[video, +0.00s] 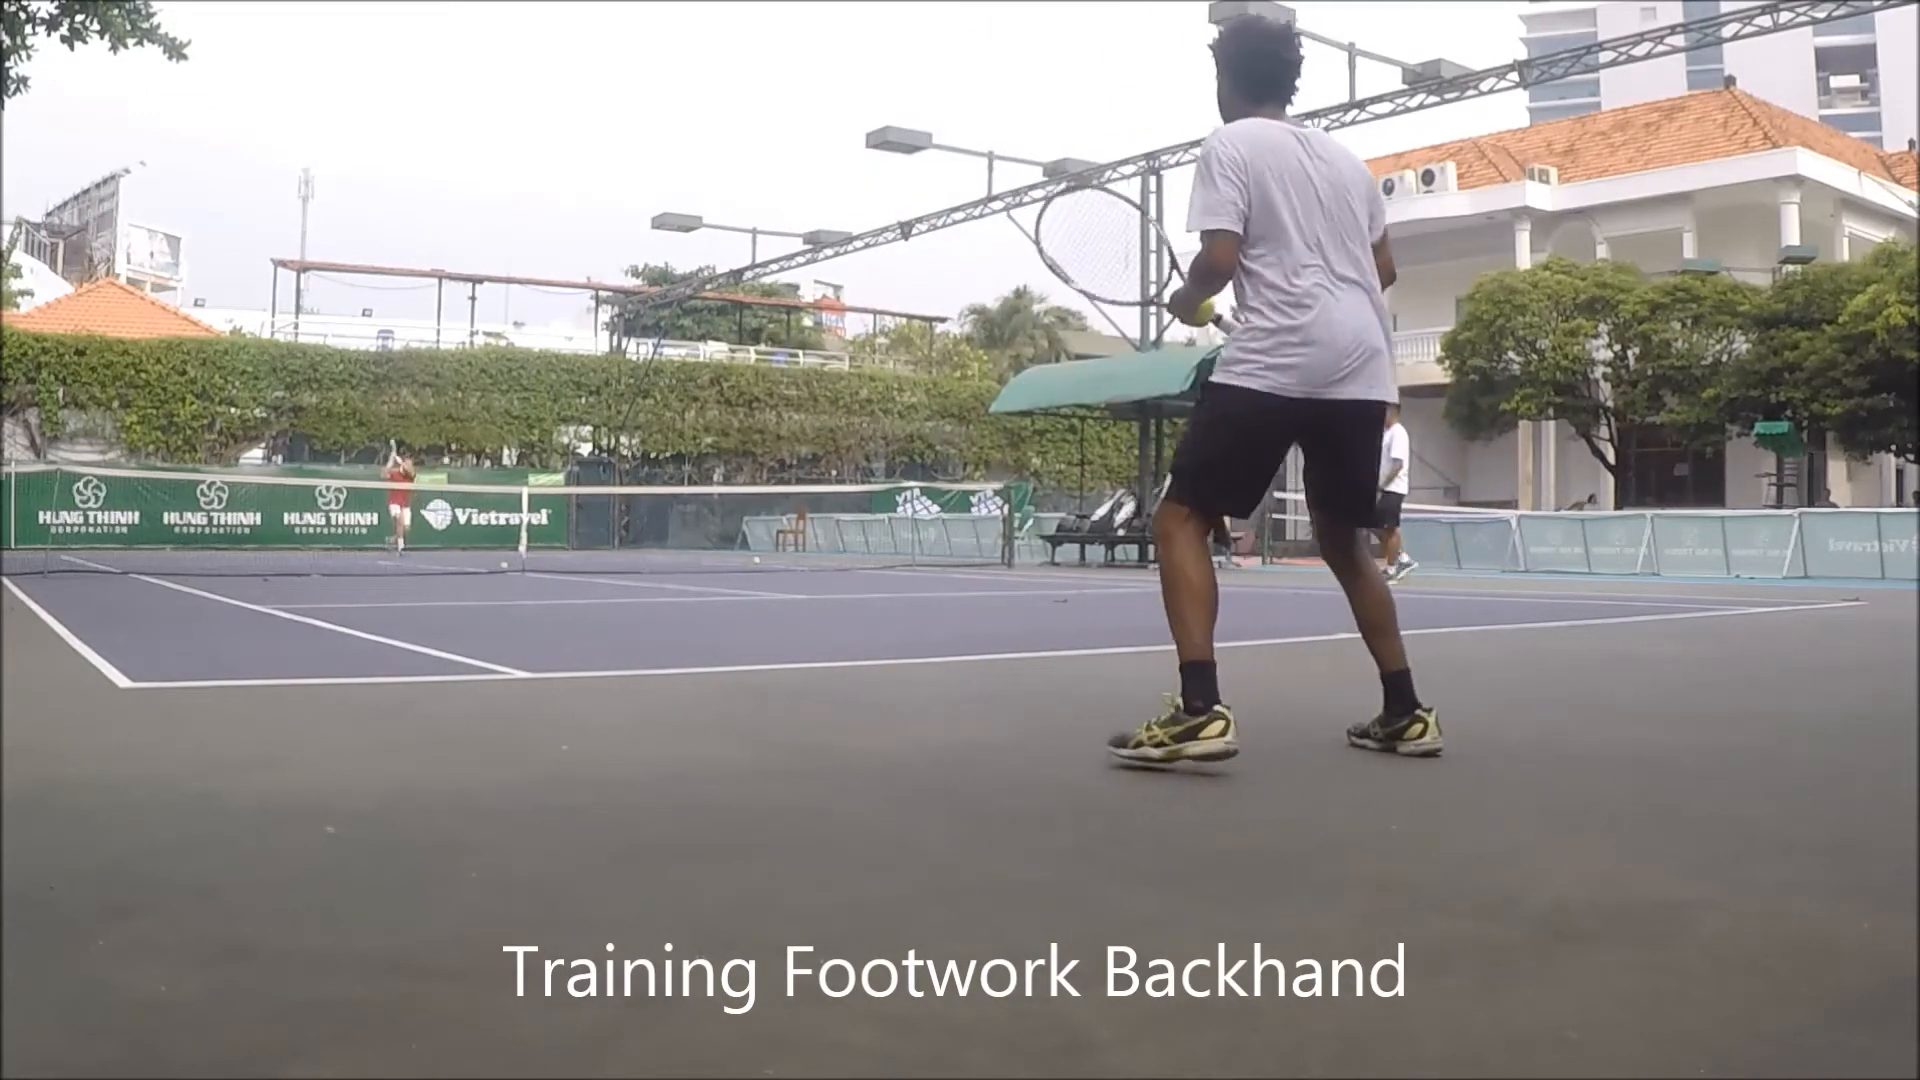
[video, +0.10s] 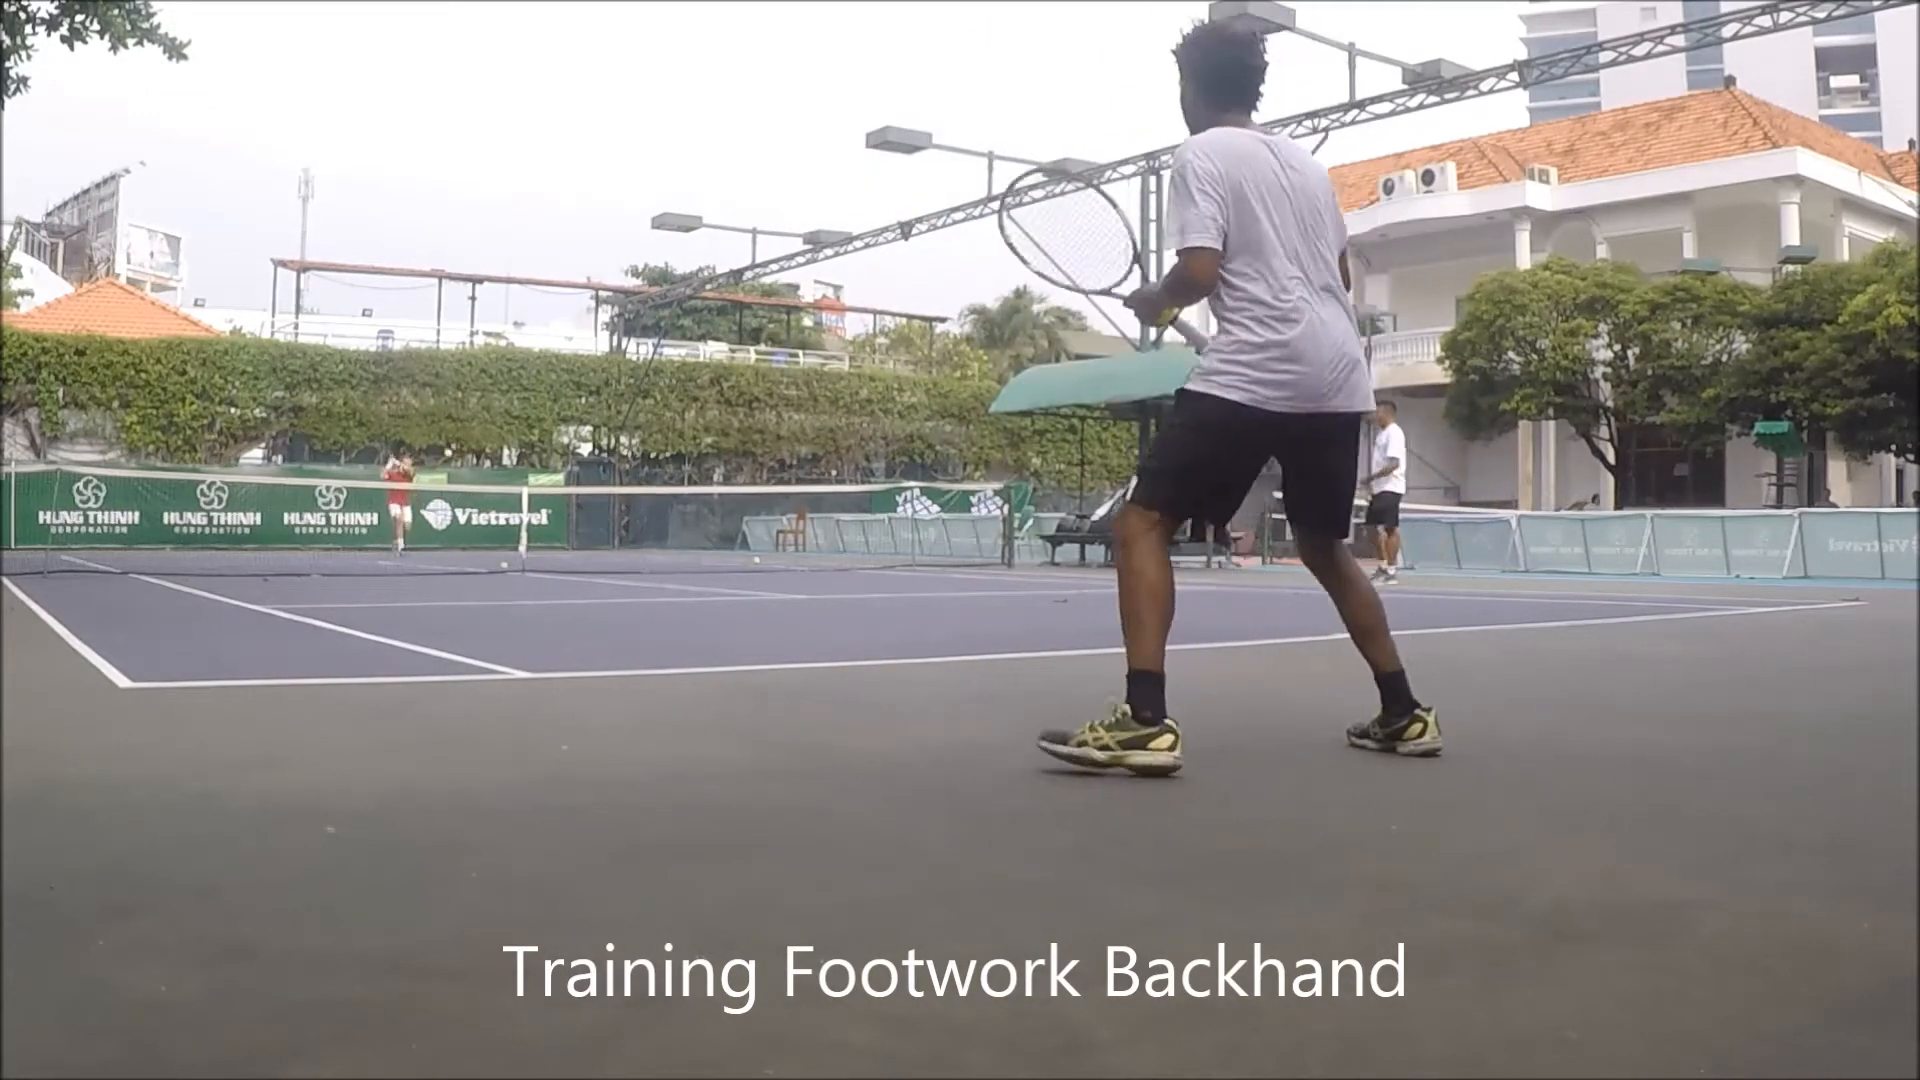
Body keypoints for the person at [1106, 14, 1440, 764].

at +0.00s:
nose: (1214, 86)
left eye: (1217, 74)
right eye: (1217, 73)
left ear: (1226, 76)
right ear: (1292, 79)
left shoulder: (1231, 143)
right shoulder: (1346, 158)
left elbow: (1221, 257)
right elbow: (1384, 267)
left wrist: (1187, 298)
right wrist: (1313, 290)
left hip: (1270, 366)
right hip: (1361, 376)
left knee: (1178, 520)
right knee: (1346, 542)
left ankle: (1199, 707)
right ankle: (1405, 709)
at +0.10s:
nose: (1178, 98)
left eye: (1180, 86)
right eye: (1180, 85)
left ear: (1191, 86)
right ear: (1256, 89)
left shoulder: (1202, 153)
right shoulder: (1310, 165)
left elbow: (1200, 271)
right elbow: (1339, 276)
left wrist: (1157, 299)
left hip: (1254, 373)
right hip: (1341, 383)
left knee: (1139, 525)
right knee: (1326, 548)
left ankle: (1144, 717)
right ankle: (1402, 710)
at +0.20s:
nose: (1130, 95)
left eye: (1132, 81)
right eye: (1132, 81)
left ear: (1144, 83)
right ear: (1205, 83)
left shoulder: (1162, 153)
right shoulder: (1253, 158)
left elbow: (1159, 274)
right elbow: (1256, 280)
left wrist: (1098, 290)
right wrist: (1166, 323)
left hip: (1209, 373)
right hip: (1291, 380)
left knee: (1098, 527)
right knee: (1300, 547)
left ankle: (1129, 725)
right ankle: (1397, 708)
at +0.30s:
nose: (1078, 89)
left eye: (1081, 73)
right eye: (1079, 73)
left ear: (1097, 73)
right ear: (1155, 73)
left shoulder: (1128, 140)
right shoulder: (1191, 145)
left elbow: (1110, 260)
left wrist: (1039, 272)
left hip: (1174, 370)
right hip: (1246, 374)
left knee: (1074, 527)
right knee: (1236, 541)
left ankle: (1129, 726)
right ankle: (1358, 688)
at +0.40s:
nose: (1035, 74)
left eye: (1036, 57)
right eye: (1034, 58)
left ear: (1056, 59)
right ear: (1112, 53)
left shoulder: (1108, 120)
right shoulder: (1127, 129)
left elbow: (1078, 233)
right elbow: (1078, 265)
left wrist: (983, 235)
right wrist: (998, 298)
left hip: (1150, 354)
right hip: (1203, 356)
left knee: (1072, 522)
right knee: (1162, 538)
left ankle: (1130, 726)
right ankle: (1301, 671)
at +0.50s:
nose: (994, 75)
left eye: (998, 58)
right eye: (995, 58)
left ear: (1019, 60)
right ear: (1069, 51)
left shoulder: (1085, 114)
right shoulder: (1067, 138)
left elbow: (1052, 215)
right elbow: (1004, 251)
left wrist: (950, 200)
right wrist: (932, 271)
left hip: (1128, 347)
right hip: (1149, 350)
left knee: (1064, 518)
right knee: (1089, 532)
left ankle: (1130, 725)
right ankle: (1223, 667)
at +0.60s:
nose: (961, 101)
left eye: (965, 85)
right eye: (962, 86)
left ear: (990, 82)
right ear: (1021, 80)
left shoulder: (1058, 129)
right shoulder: (1010, 168)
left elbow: (1018, 217)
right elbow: (940, 257)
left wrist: (912, 188)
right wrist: (864, 260)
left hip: (1100, 361)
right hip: (1068, 362)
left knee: (1020, 531)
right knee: (992, 533)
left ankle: (1125, 726)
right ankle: (1128, 675)